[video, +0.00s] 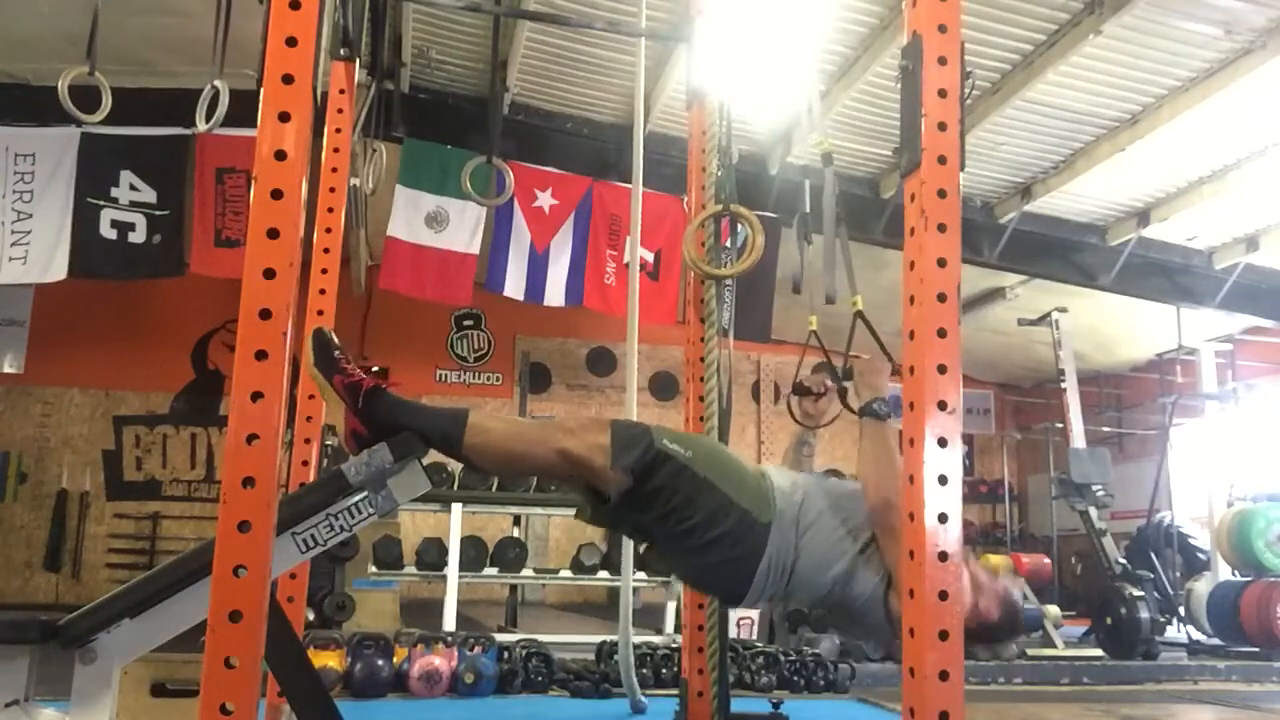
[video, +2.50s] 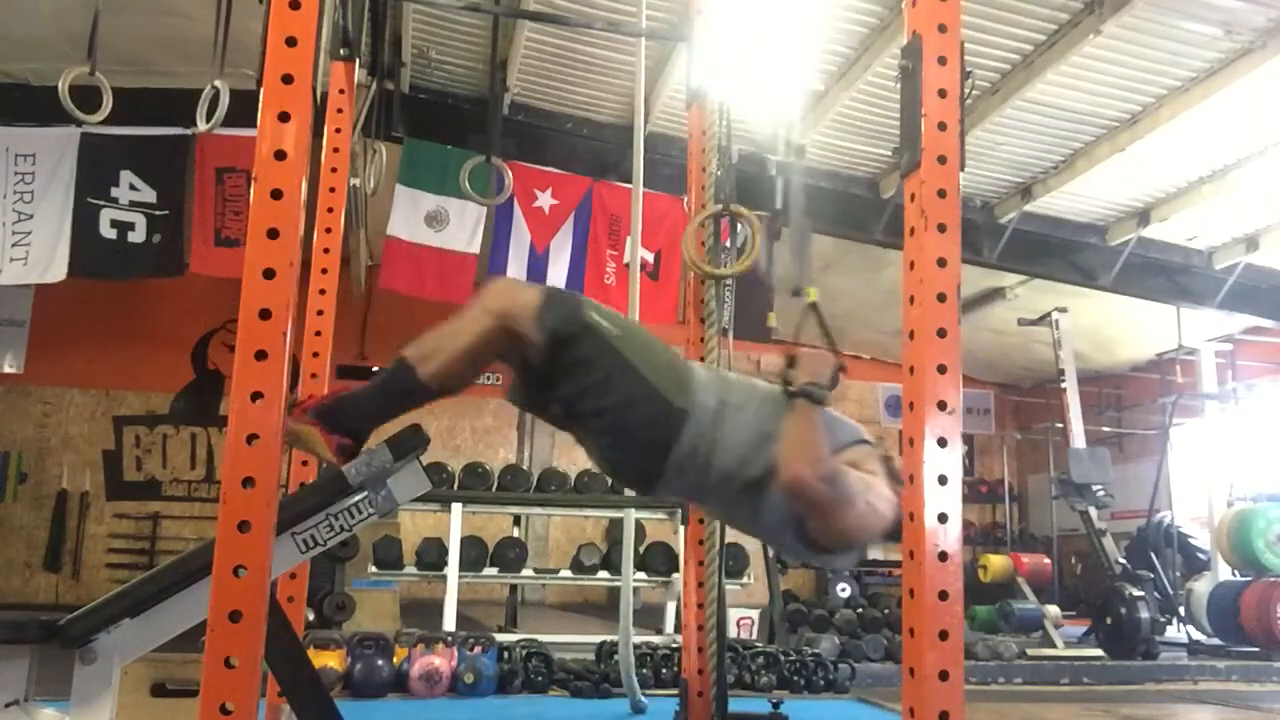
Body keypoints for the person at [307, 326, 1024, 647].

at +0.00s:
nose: (979, 579)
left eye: (988, 599)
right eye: (992, 577)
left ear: (972, 625)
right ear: (981, 565)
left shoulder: (927, 622)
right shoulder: (921, 562)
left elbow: (894, 519)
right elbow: (867, 510)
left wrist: (883, 419)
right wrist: (847, 436)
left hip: (761, 541)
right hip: (756, 508)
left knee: (593, 446)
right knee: (581, 449)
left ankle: (385, 409)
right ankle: (393, 424)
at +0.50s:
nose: (998, 420)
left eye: (1007, 432)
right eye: (1004, 420)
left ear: (1000, 460)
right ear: (992, 420)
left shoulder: (967, 467)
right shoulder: (945, 417)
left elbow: (905, 470)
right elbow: (875, 377)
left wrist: (905, 380)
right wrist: (894, 364)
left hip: (771, 444)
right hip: (758, 411)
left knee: (590, 393)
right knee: (581, 391)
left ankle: (386, 422)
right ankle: (383, 415)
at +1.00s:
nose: (900, 430)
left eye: (911, 444)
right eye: (911, 429)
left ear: (902, 478)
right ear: (900, 429)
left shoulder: (850, 490)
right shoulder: (843, 440)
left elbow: (780, 473)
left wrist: (790, 391)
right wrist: (799, 380)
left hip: (644, 414)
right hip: (650, 389)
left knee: (486, 287)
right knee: (480, 310)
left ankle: (337, 420)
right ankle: (344, 414)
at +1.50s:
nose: (756, 398)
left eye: (765, 411)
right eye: (768, 401)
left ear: (752, 441)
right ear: (751, 434)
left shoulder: (705, 450)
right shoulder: (698, 419)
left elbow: (625, 437)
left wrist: (660, 356)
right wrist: (663, 351)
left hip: (500, 361)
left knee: (323, 244)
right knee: (335, 308)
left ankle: (298, 415)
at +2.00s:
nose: (762, 404)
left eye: (771, 418)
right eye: (774, 408)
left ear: (762, 449)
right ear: (760, 445)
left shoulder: (714, 459)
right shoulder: (707, 431)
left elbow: (634, 439)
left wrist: (669, 363)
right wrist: (669, 351)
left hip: (508, 363)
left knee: (333, 251)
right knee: (352, 295)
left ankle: (292, 420)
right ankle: (290, 417)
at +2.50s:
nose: (890, 461)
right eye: (897, 466)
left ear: (885, 517)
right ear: (903, 470)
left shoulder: (860, 520)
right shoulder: (856, 450)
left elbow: (805, 476)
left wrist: (809, 393)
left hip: (671, 431)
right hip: (678, 394)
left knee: (512, 304)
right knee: (505, 301)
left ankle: (351, 417)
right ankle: (363, 399)